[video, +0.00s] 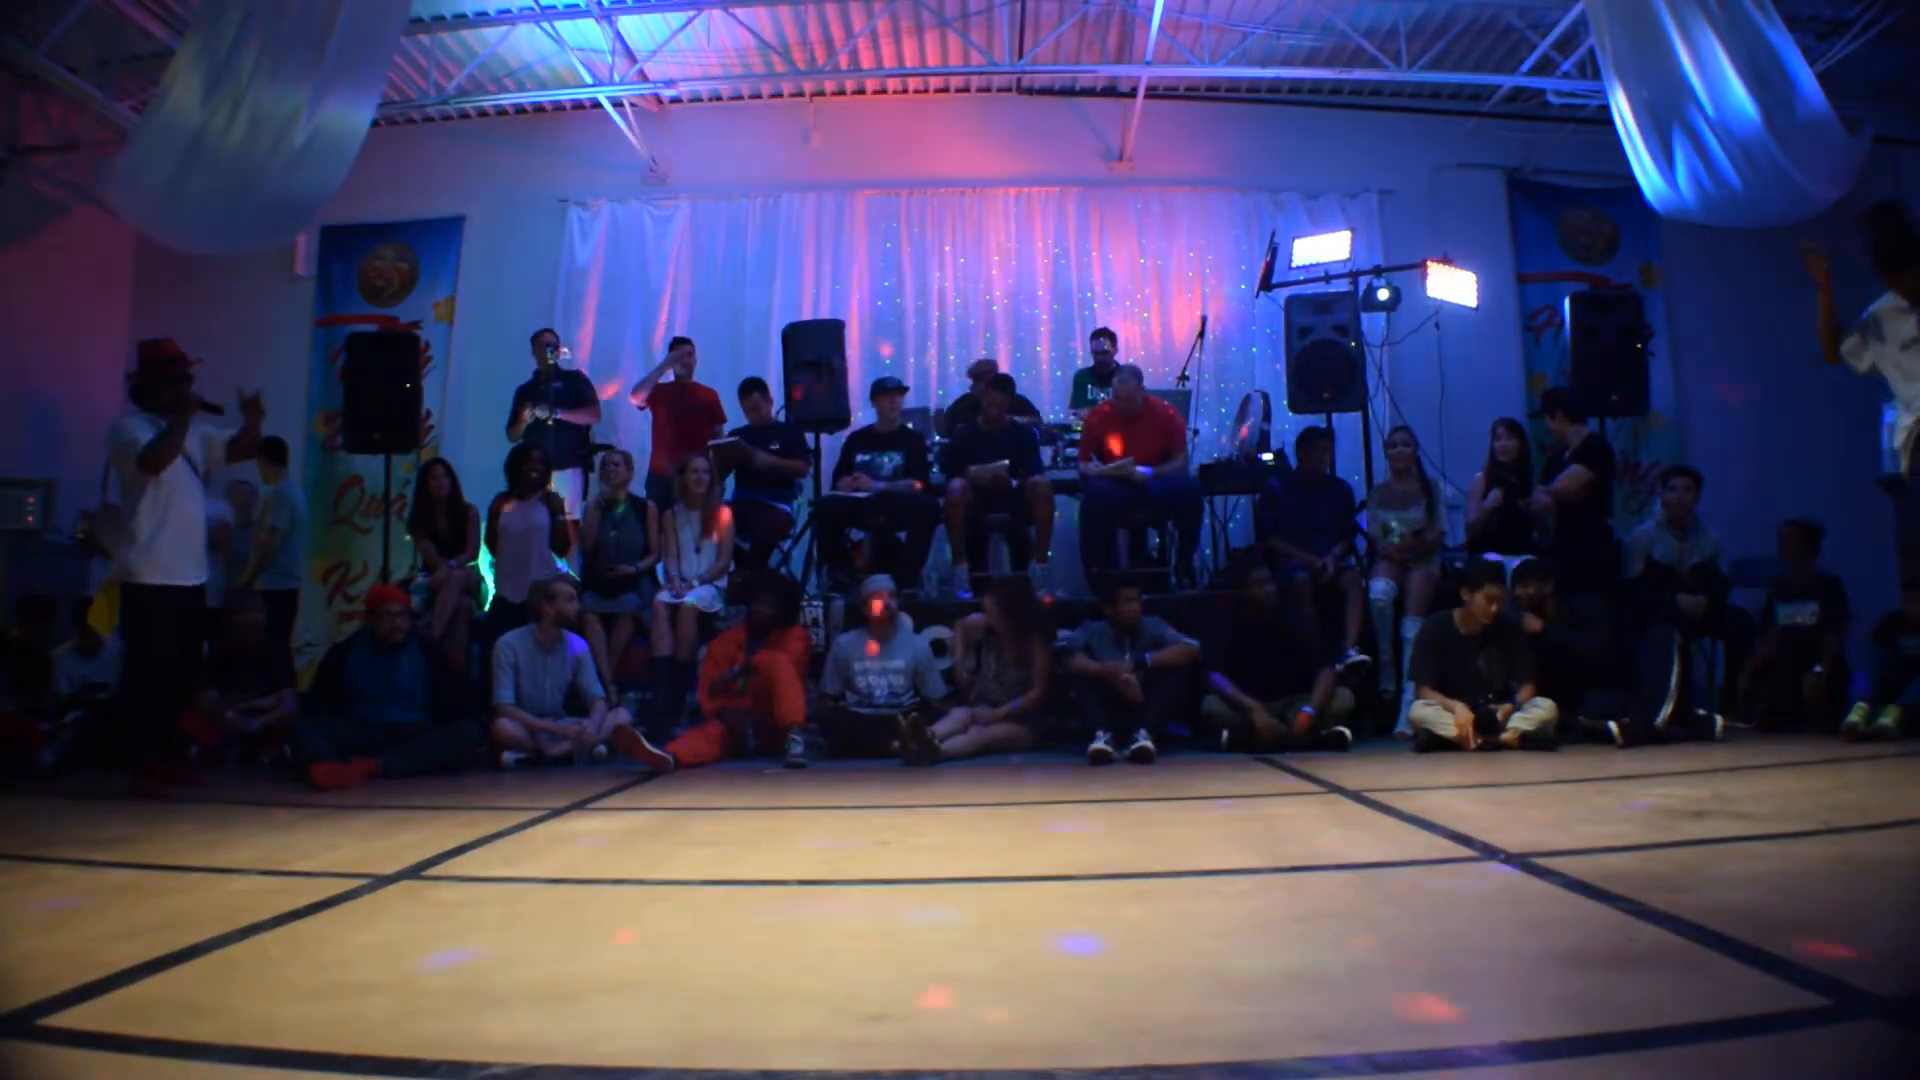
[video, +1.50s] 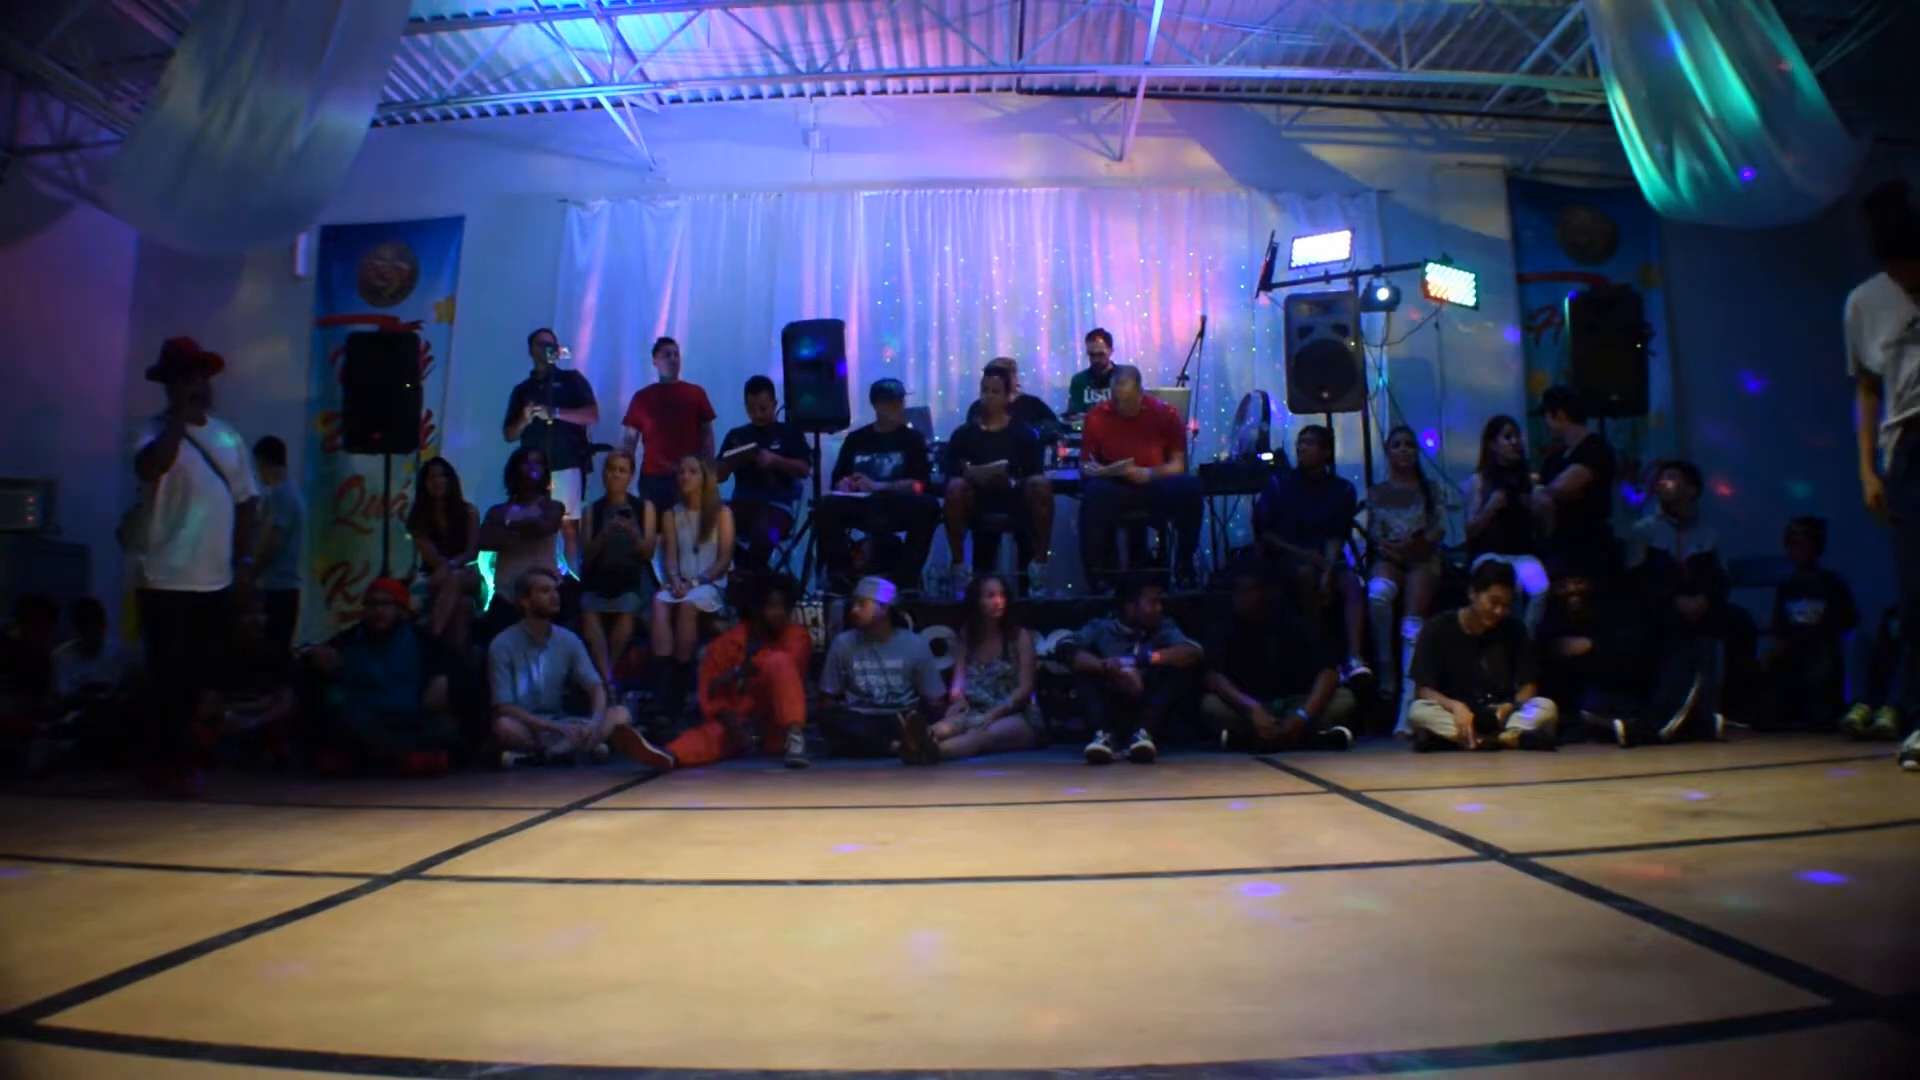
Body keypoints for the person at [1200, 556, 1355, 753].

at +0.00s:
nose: (1268, 589)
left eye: (1270, 583)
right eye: (1260, 585)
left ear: (1276, 585)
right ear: (1245, 591)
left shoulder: (1292, 621)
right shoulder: (1235, 627)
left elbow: (1327, 669)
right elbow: (1214, 676)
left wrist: (1310, 711)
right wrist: (1256, 709)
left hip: (1294, 699)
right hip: (1249, 703)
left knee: (1344, 698)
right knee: (1211, 706)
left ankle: (1253, 739)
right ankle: (1307, 739)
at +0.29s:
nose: (1268, 590)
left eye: (1270, 583)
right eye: (1259, 585)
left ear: (1276, 585)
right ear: (1244, 591)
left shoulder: (1293, 622)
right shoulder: (1234, 628)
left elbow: (1328, 669)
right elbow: (1214, 676)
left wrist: (1312, 715)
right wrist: (1256, 710)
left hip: (1295, 699)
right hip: (1250, 703)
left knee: (1344, 698)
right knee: (1211, 706)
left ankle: (1253, 739)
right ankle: (1309, 738)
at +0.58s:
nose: (1259, 592)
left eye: (1265, 586)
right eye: (1252, 587)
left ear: (1275, 589)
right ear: (1243, 592)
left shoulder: (1292, 622)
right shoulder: (1235, 627)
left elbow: (1329, 670)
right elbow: (1214, 676)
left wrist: (1306, 716)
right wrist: (1254, 710)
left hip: (1294, 701)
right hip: (1247, 705)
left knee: (1343, 698)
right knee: (1211, 706)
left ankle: (1254, 740)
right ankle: (1307, 739)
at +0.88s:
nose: (1260, 592)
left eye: (1265, 586)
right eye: (1252, 587)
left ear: (1276, 589)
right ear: (1243, 591)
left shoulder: (1294, 621)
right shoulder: (1234, 626)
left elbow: (1329, 669)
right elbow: (1214, 676)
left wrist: (1306, 715)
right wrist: (1255, 710)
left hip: (1294, 700)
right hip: (1247, 704)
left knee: (1343, 699)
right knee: (1211, 706)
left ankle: (1254, 740)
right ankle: (1308, 739)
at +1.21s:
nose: (1254, 594)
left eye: (1260, 588)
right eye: (1249, 588)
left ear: (1273, 591)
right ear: (1241, 592)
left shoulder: (1294, 622)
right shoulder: (1232, 626)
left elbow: (1329, 670)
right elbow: (1213, 675)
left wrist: (1303, 716)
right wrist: (1254, 711)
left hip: (1293, 700)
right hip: (1248, 705)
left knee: (1343, 698)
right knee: (1211, 705)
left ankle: (1255, 741)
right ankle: (1308, 740)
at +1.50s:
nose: (1241, 598)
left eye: (1248, 591)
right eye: (1238, 591)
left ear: (1268, 592)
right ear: (1232, 593)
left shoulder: (1293, 624)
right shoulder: (1230, 628)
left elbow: (1328, 671)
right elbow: (1213, 675)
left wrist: (1303, 716)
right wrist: (1254, 710)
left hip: (1294, 698)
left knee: (1343, 699)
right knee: (1211, 705)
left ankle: (1255, 741)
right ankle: (1309, 740)